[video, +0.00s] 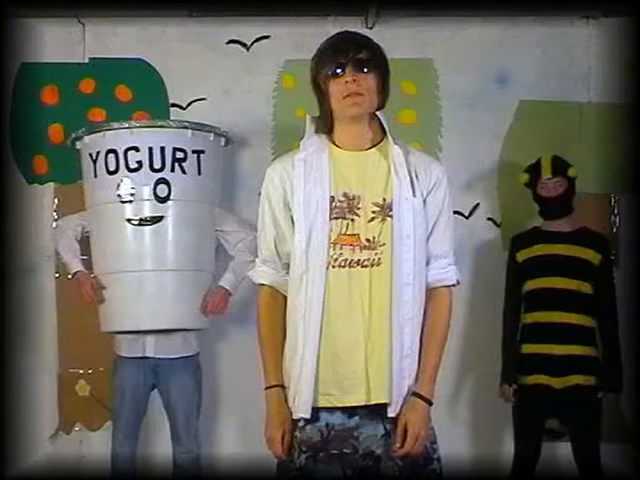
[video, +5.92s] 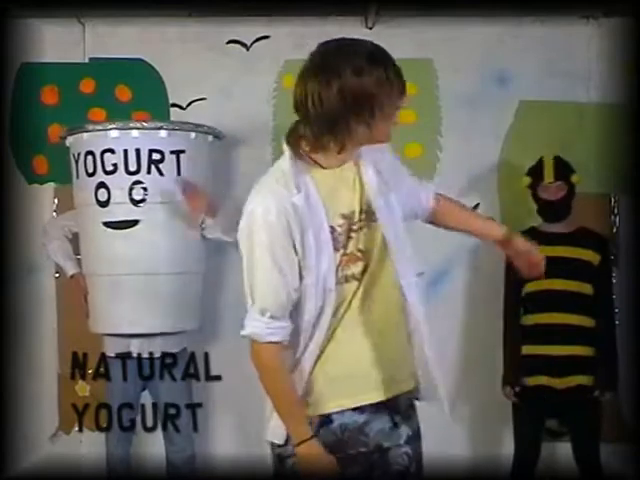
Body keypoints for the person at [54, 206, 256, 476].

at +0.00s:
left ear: (173, 186)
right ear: (130, 189)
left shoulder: (194, 212)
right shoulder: (116, 215)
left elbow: (248, 239)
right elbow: (65, 227)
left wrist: (226, 285)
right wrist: (79, 271)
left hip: (180, 349)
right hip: (129, 350)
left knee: (187, 447)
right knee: (122, 448)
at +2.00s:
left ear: (170, 190)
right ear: (128, 193)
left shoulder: (188, 215)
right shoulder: (111, 217)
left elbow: (237, 238)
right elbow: (62, 234)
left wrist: (214, 285)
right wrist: (84, 276)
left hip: (177, 349)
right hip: (126, 351)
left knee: (185, 449)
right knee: (121, 450)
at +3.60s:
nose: (142, 193)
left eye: (151, 187)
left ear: (163, 184)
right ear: (123, 187)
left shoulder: (187, 211)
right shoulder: (106, 216)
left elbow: (239, 235)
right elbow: (53, 233)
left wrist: (220, 288)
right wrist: (76, 277)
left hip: (172, 349)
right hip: (122, 351)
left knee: (182, 449)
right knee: (119, 451)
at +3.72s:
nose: (141, 192)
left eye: (149, 186)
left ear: (161, 185)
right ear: (121, 190)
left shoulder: (181, 212)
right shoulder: (104, 216)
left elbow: (235, 239)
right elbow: (53, 232)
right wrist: (76, 275)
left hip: (173, 349)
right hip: (122, 351)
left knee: (184, 449)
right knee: (118, 450)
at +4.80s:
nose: (135, 189)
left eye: (144, 181)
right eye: (128, 181)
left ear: (157, 181)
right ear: (116, 183)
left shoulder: (176, 208)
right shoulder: (104, 212)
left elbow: (229, 216)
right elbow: (53, 229)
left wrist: (236, 173)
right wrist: (75, 274)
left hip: (172, 340)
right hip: (123, 344)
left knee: (183, 441)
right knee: (121, 441)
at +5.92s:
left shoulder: (179, 218)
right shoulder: (106, 214)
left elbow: (236, 235)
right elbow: (54, 228)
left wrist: (209, 215)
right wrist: (75, 273)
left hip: (172, 337)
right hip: (121, 340)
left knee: (179, 432)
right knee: (120, 429)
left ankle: (183, 477)